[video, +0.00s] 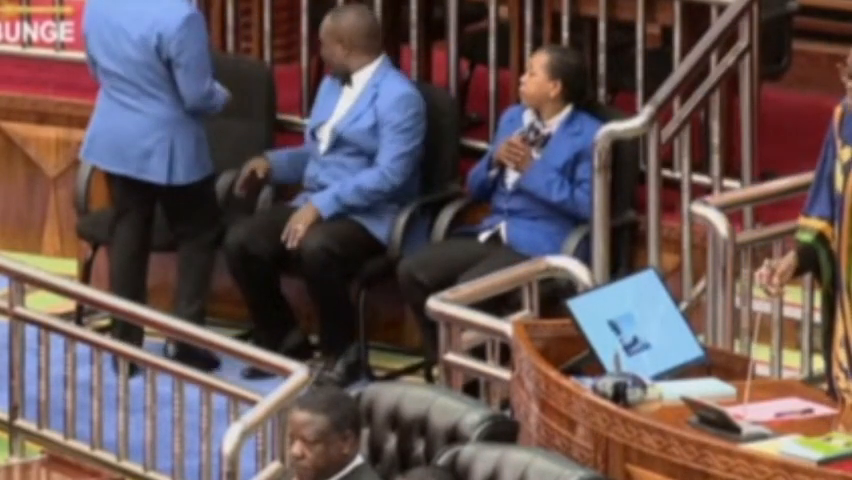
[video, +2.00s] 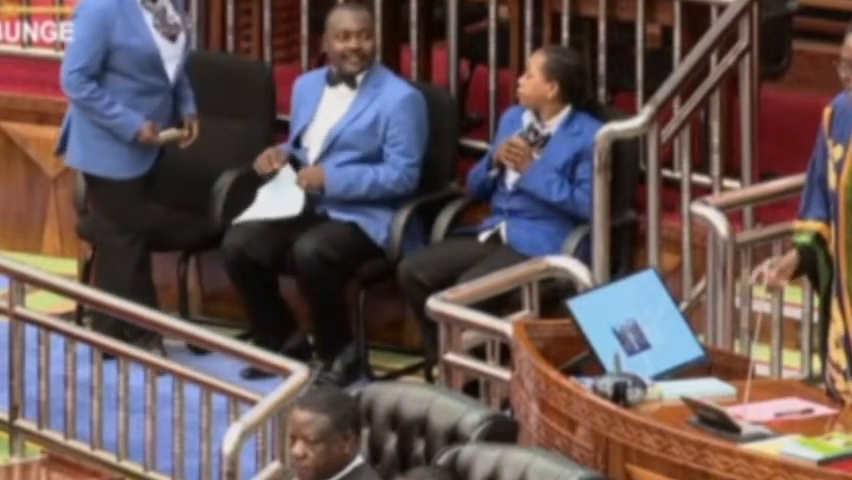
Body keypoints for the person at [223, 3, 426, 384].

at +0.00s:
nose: (322, 53)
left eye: (324, 44)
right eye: (322, 45)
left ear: (344, 46)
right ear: (355, 45)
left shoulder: (399, 96)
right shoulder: (333, 84)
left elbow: (391, 175)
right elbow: (318, 155)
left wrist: (320, 206)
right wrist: (271, 163)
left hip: (371, 215)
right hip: (317, 204)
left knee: (319, 249)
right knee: (244, 242)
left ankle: (340, 352)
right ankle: (281, 337)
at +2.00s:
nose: (354, 46)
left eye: (363, 36)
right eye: (343, 37)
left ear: (375, 41)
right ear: (325, 43)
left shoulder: (400, 98)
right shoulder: (307, 86)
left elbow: (403, 177)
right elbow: (302, 147)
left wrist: (329, 179)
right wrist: (279, 156)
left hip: (365, 216)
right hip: (304, 208)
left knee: (311, 253)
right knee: (240, 247)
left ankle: (336, 354)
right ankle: (281, 342)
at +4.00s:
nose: (374, 50)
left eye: (380, 41)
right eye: (363, 41)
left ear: (390, 45)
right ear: (340, 48)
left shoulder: (411, 103)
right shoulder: (308, 89)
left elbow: (410, 181)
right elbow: (286, 148)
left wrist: (340, 181)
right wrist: (297, 170)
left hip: (366, 219)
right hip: (302, 211)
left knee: (317, 257)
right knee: (235, 248)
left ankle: (340, 357)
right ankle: (282, 344)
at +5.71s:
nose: (331, 47)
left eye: (337, 36)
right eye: (319, 39)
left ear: (347, 36)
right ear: (297, 43)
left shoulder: (377, 89)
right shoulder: (262, 78)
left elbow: (399, 152)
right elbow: (232, 136)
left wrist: (390, 167)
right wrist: (252, 146)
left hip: (347, 204)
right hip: (282, 200)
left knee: (325, 264)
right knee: (238, 266)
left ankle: (337, 364)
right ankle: (281, 351)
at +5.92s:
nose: (354, 9)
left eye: (359, 3)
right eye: (344, 3)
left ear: (366, 4)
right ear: (317, 5)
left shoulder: (392, 48)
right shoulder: (278, 37)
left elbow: (406, 126)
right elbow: (245, 104)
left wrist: (418, 120)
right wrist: (277, 104)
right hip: (288, 179)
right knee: (253, 264)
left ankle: (340, 365)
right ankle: (282, 350)